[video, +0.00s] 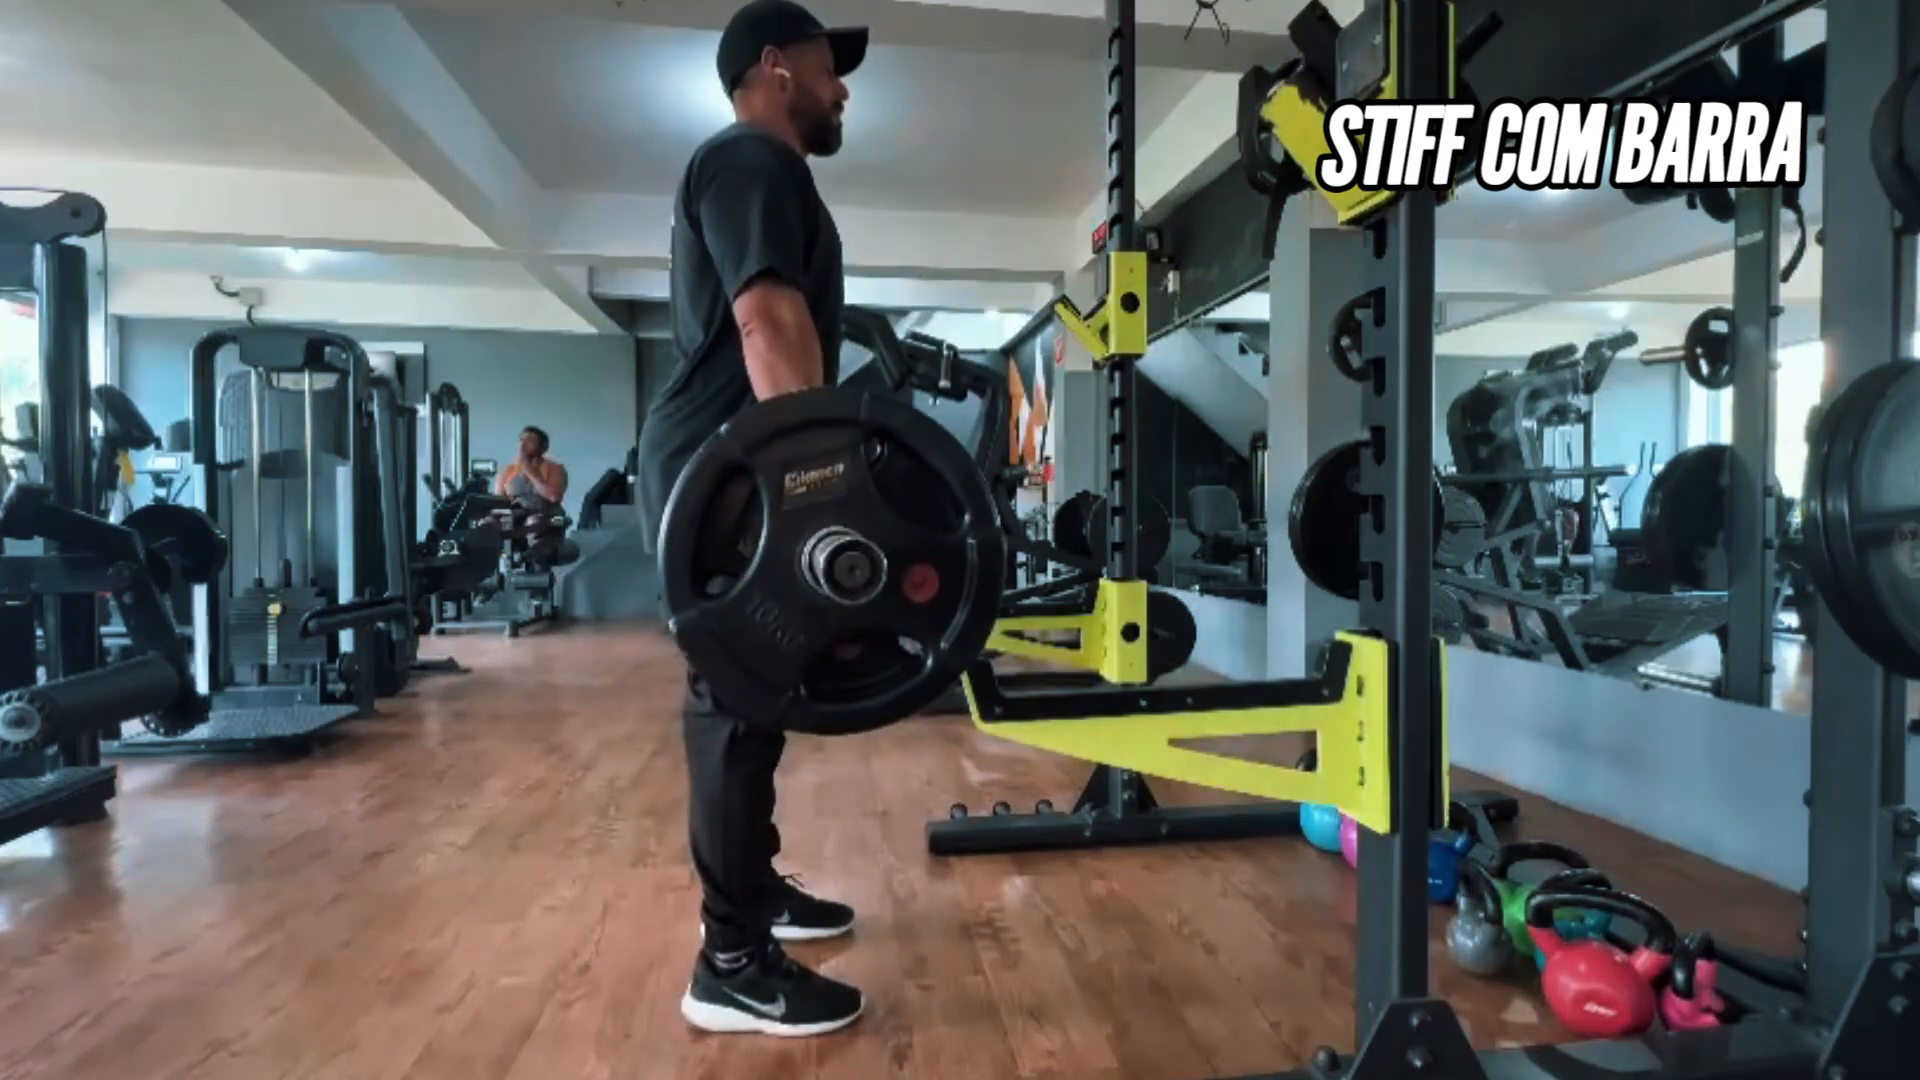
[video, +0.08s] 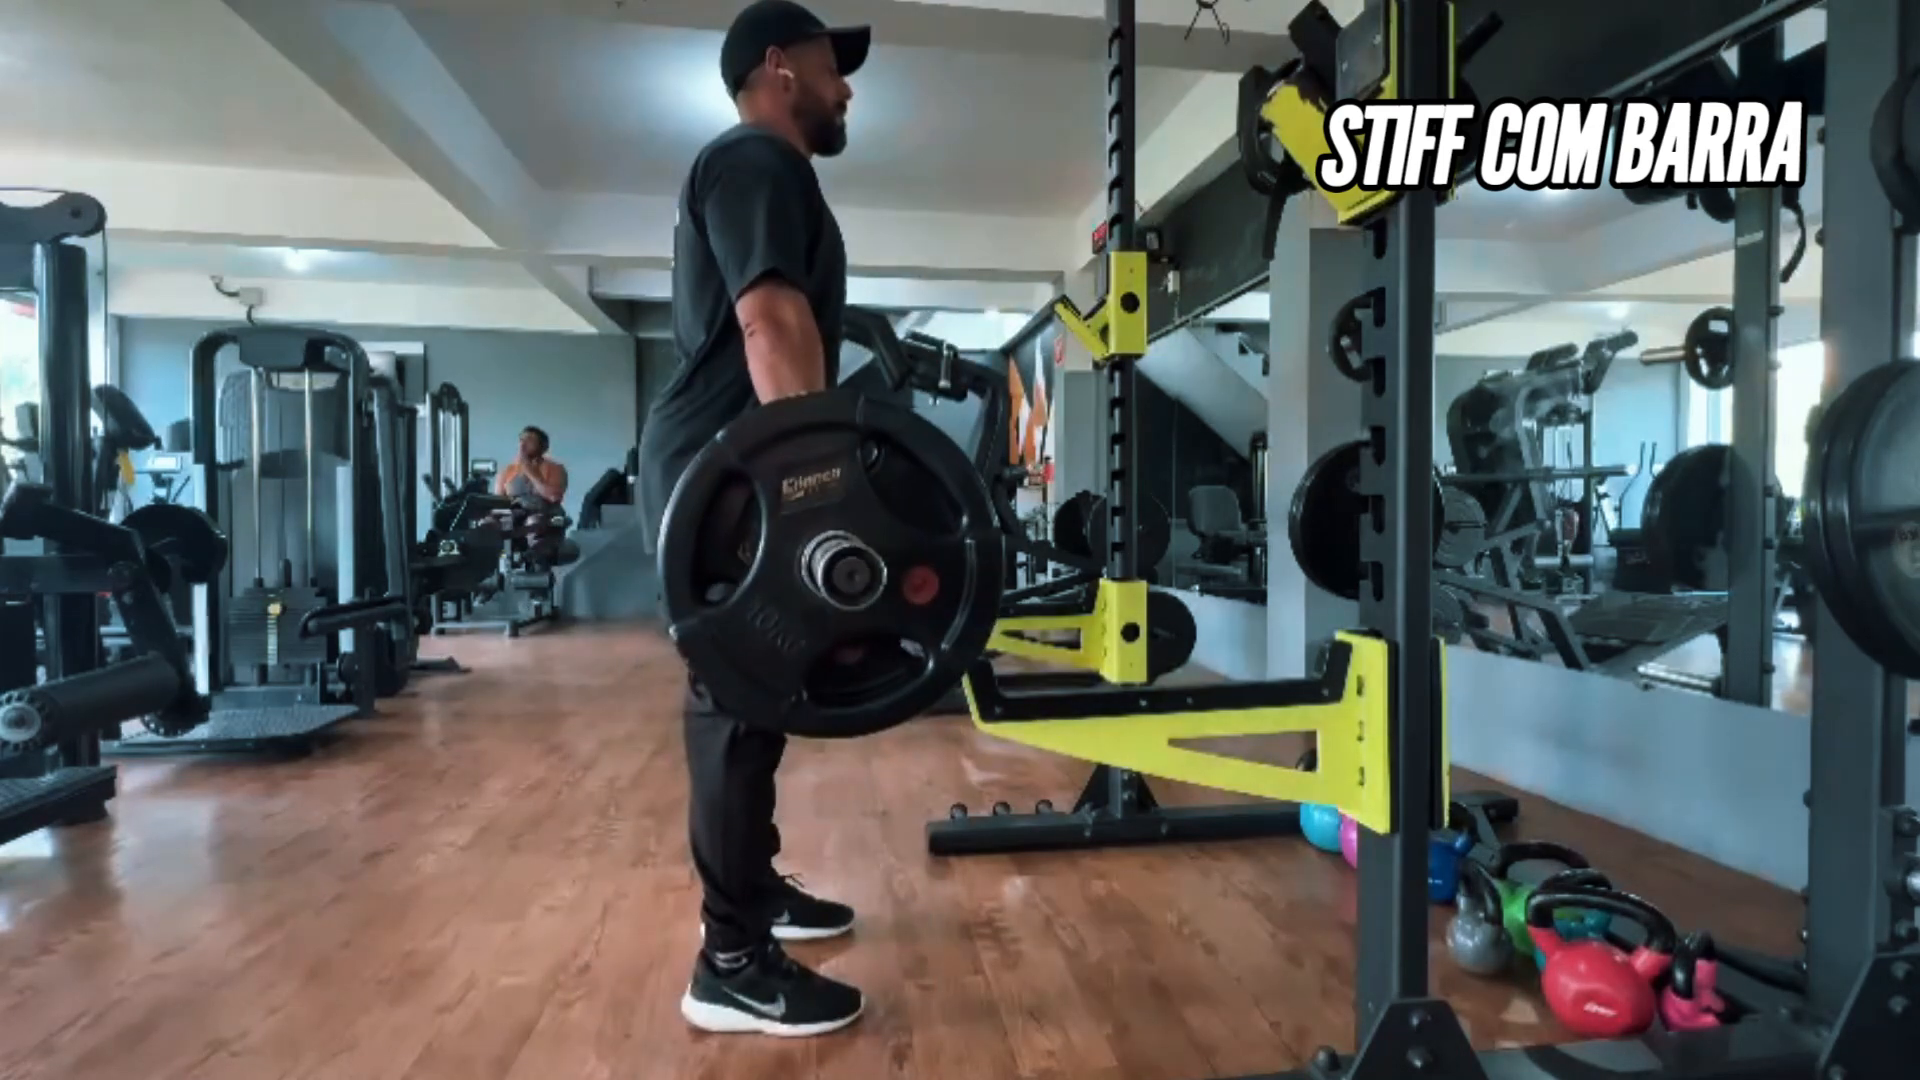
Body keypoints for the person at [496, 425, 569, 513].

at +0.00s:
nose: (523, 444)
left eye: (529, 440)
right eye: (522, 440)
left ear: (541, 446)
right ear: (519, 442)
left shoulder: (555, 470)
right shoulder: (509, 471)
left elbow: (554, 497)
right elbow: (500, 499)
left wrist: (529, 471)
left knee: (533, 522)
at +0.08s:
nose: (523, 444)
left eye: (530, 440)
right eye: (522, 440)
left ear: (541, 446)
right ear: (519, 442)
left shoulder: (555, 470)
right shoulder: (509, 471)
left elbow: (554, 497)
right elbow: (500, 499)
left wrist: (529, 471)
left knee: (533, 522)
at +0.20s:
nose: (523, 444)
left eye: (529, 440)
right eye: (521, 440)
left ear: (541, 446)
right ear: (518, 443)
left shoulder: (556, 469)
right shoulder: (509, 471)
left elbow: (553, 496)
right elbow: (500, 501)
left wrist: (527, 468)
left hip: (546, 519)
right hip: (515, 520)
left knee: (534, 523)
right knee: (486, 525)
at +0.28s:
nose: (523, 446)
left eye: (529, 442)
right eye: (521, 441)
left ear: (542, 447)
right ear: (518, 443)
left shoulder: (555, 470)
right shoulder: (508, 471)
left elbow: (552, 495)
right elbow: (500, 501)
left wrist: (528, 468)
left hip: (546, 519)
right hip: (515, 520)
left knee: (534, 523)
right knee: (486, 525)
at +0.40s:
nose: (524, 446)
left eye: (530, 442)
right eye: (522, 441)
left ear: (542, 447)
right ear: (518, 444)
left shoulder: (555, 469)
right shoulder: (508, 471)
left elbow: (549, 493)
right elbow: (500, 500)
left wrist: (527, 465)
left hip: (544, 516)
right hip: (514, 517)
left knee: (534, 524)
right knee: (487, 525)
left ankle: (540, 572)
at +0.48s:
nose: (525, 445)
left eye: (531, 442)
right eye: (523, 441)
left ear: (543, 448)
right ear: (518, 444)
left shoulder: (555, 469)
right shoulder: (508, 471)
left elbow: (548, 491)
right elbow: (500, 500)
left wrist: (528, 465)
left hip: (545, 517)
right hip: (514, 518)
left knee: (533, 523)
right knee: (487, 524)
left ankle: (540, 573)